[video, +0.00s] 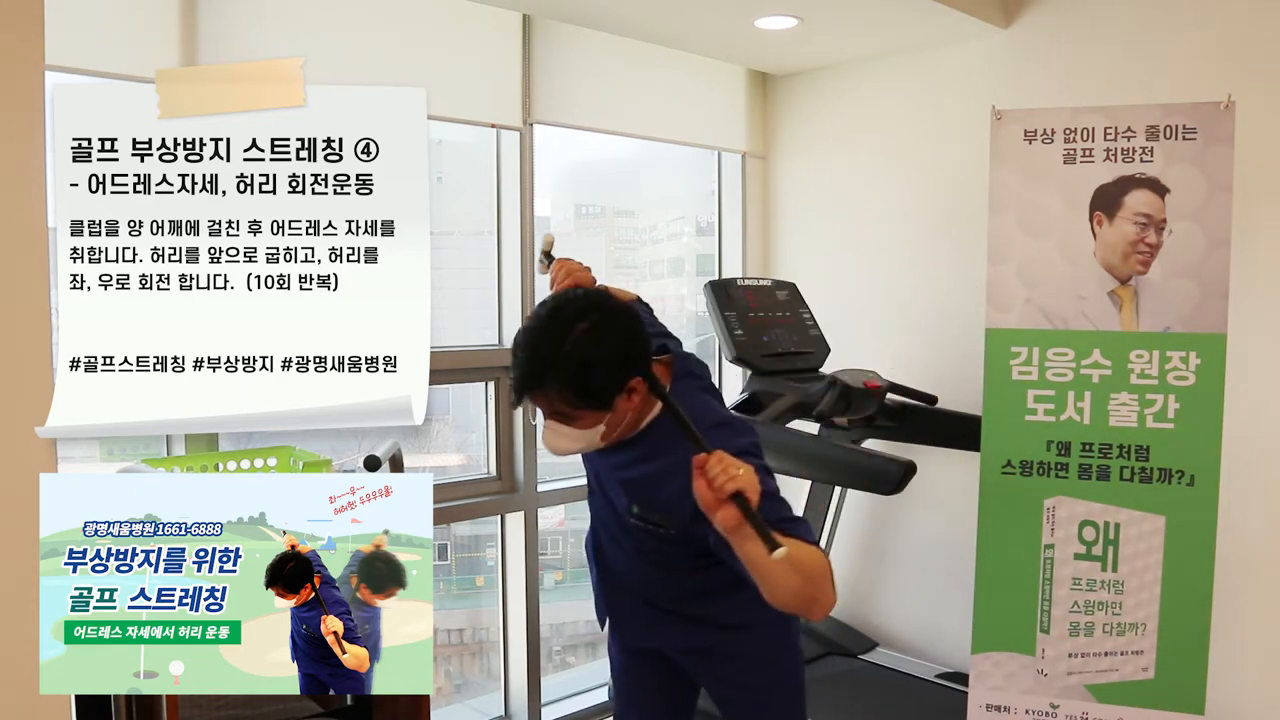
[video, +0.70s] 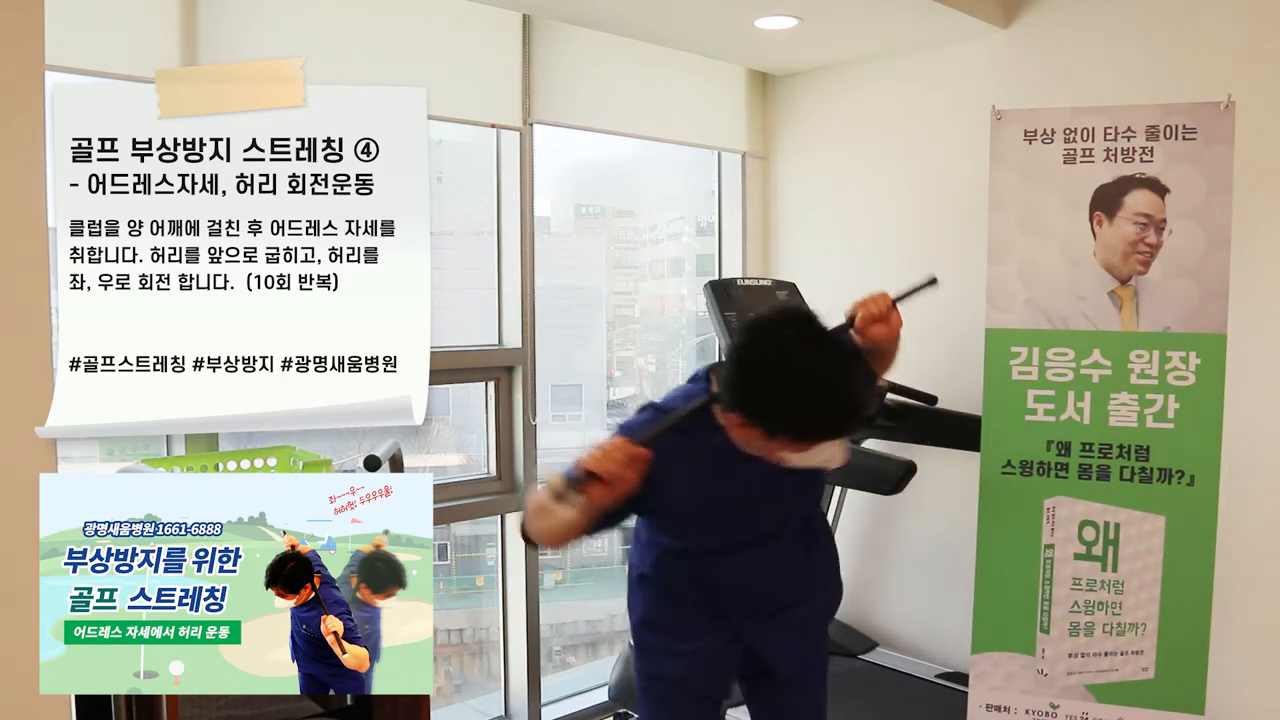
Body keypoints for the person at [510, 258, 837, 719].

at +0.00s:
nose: (567, 434)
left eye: (580, 422)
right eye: (555, 418)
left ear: (634, 393)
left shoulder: (716, 446)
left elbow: (817, 600)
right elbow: (632, 306)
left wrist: (740, 529)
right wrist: (591, 288)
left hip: (742, 641)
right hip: (642, 629)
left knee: (767, 712)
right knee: (640, 714)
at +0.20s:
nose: (581, 446)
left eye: (596, 433)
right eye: (572, 431)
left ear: (656, 400)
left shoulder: (741, 445)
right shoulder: (620, 385)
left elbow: (866, 556)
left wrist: (799, 501)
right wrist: (558, 333)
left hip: (756, 636)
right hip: (645, 629)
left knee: (778, 711)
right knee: (642, 711)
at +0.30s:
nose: (612, 460)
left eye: (629, 444)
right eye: (597, 443)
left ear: (678, 407)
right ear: (585, 412)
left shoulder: (754, 438)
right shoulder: (605, 393)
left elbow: (889, 524)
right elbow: (567, 380)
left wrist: (832, 479)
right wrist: (541, 358)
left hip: (762, 634)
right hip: (647, 627)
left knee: (783, 713)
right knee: (647, 712)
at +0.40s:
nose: (668, 474)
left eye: (682, 455)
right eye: (648, 460)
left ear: (706, 419)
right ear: (621, 419)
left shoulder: (780, 422)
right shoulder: (594, 405)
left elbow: (904, 473)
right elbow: (523, 410)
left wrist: (877, 434)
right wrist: (516, 396)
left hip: (772, 629)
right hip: (654, 632)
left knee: (791, 712)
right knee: (652, 712)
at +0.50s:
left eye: (733, 441)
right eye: (690, 456)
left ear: (750, 409)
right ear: (658, 428)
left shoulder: (801, 409)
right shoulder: (608, 420)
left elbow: (907, 435)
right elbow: (510, 450)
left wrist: (889, 405)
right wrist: (521, 422)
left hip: (780, 624)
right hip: (664, 631)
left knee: (794, 711)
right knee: (659, 711)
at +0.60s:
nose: (775, 464)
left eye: (786, 447)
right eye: (755, 454)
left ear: (800, 397)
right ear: (706, 429)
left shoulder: (821, 387)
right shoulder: (642, 431)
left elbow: (890, 385)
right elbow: (518, 497)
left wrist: (890, 358)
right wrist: (551, 470)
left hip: (788, 624)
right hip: (673, 631)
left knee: (795, 717)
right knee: (669, 718)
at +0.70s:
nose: (808, 456)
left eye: (818, 443)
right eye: (797, 446)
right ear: (739, 423)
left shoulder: (808, 389)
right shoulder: (664, 436)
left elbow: (865, 375)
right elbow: (536, 526)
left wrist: (878, 344)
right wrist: (587, 501)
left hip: (792, 619)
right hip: (682, 629)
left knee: (798, 713)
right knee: (677, 712)